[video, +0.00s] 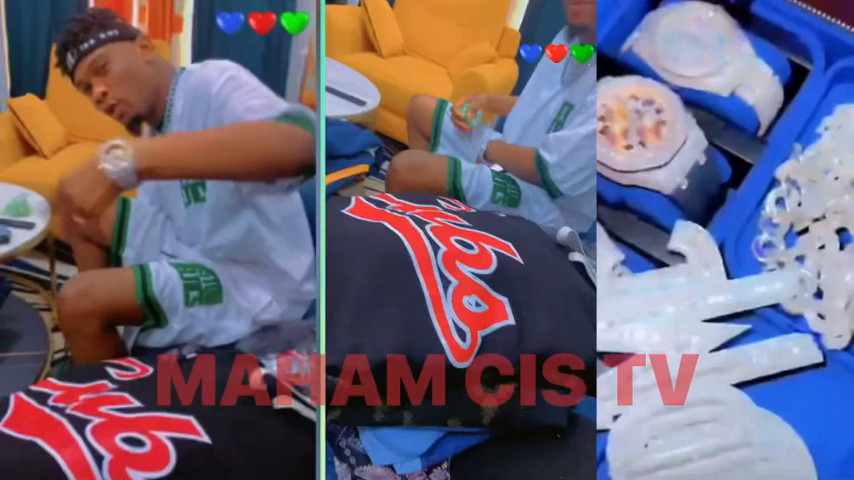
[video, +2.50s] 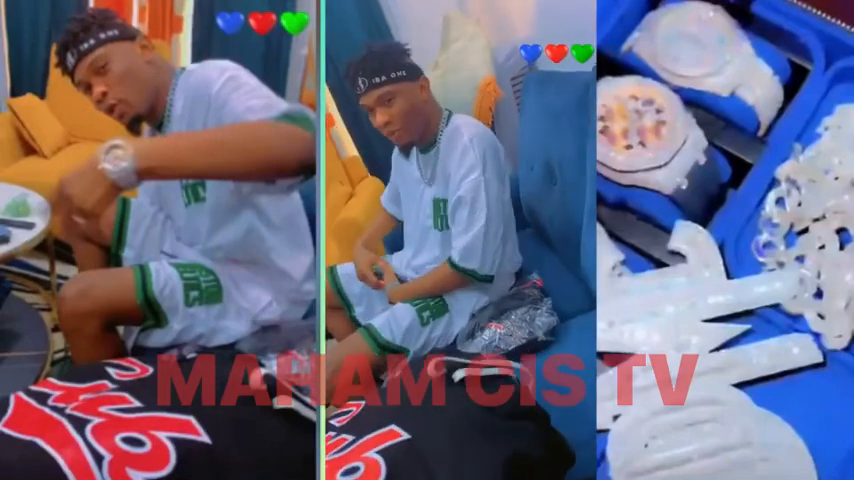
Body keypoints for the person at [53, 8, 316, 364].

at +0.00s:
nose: (98, 94)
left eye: (102, 70)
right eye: (87, 89)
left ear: (144, 48)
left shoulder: (213, 81)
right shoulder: (152, 133)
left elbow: (299, 146)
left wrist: (131, 160)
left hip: (260, 279)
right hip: (190, 251)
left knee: (80, 300)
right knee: (84, 214)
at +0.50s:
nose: (98, 94)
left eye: (102, 70)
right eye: (87, 89)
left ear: (144, 48)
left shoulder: (214, 81)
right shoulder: (152, 132)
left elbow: (298, 145)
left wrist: (131, 160)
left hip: (260, 278)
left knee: (80, 300)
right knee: (84, 215)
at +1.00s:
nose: (98, 94)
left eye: (102, 70)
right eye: (87, 89)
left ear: (144, 48)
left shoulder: (214, 81)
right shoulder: (152, 132)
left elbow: (298, 145)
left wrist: (131, 160)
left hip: (259, 280)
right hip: (189, 250)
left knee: (80, 300)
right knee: (84, 212)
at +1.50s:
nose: (98, 94)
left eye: (102, 70)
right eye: (87, 89)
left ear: (144, 48)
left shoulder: (214, 81)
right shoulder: (152, 132)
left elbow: (297, 146)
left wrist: (132, 160)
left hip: (260, 278)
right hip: (190, 251)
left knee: (81, 300)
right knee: (84, 214)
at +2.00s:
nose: (98, 94)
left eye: (102, 70)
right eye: (87, 89)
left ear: (144, 48)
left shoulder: (213, 81)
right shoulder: (152, 132)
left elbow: (298, 145)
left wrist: (131, 160)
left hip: (259, 278)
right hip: (190, 251)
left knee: (80, 300)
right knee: (84, 214)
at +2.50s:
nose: (98, 94)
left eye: (102, 70)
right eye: (87, 89)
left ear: (144, 48)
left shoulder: (212, 81)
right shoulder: (152, 133)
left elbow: (299, 145)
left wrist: (132, 160)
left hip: (259, 280)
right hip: (190, 251)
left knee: (80, 300)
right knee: (85, 215)